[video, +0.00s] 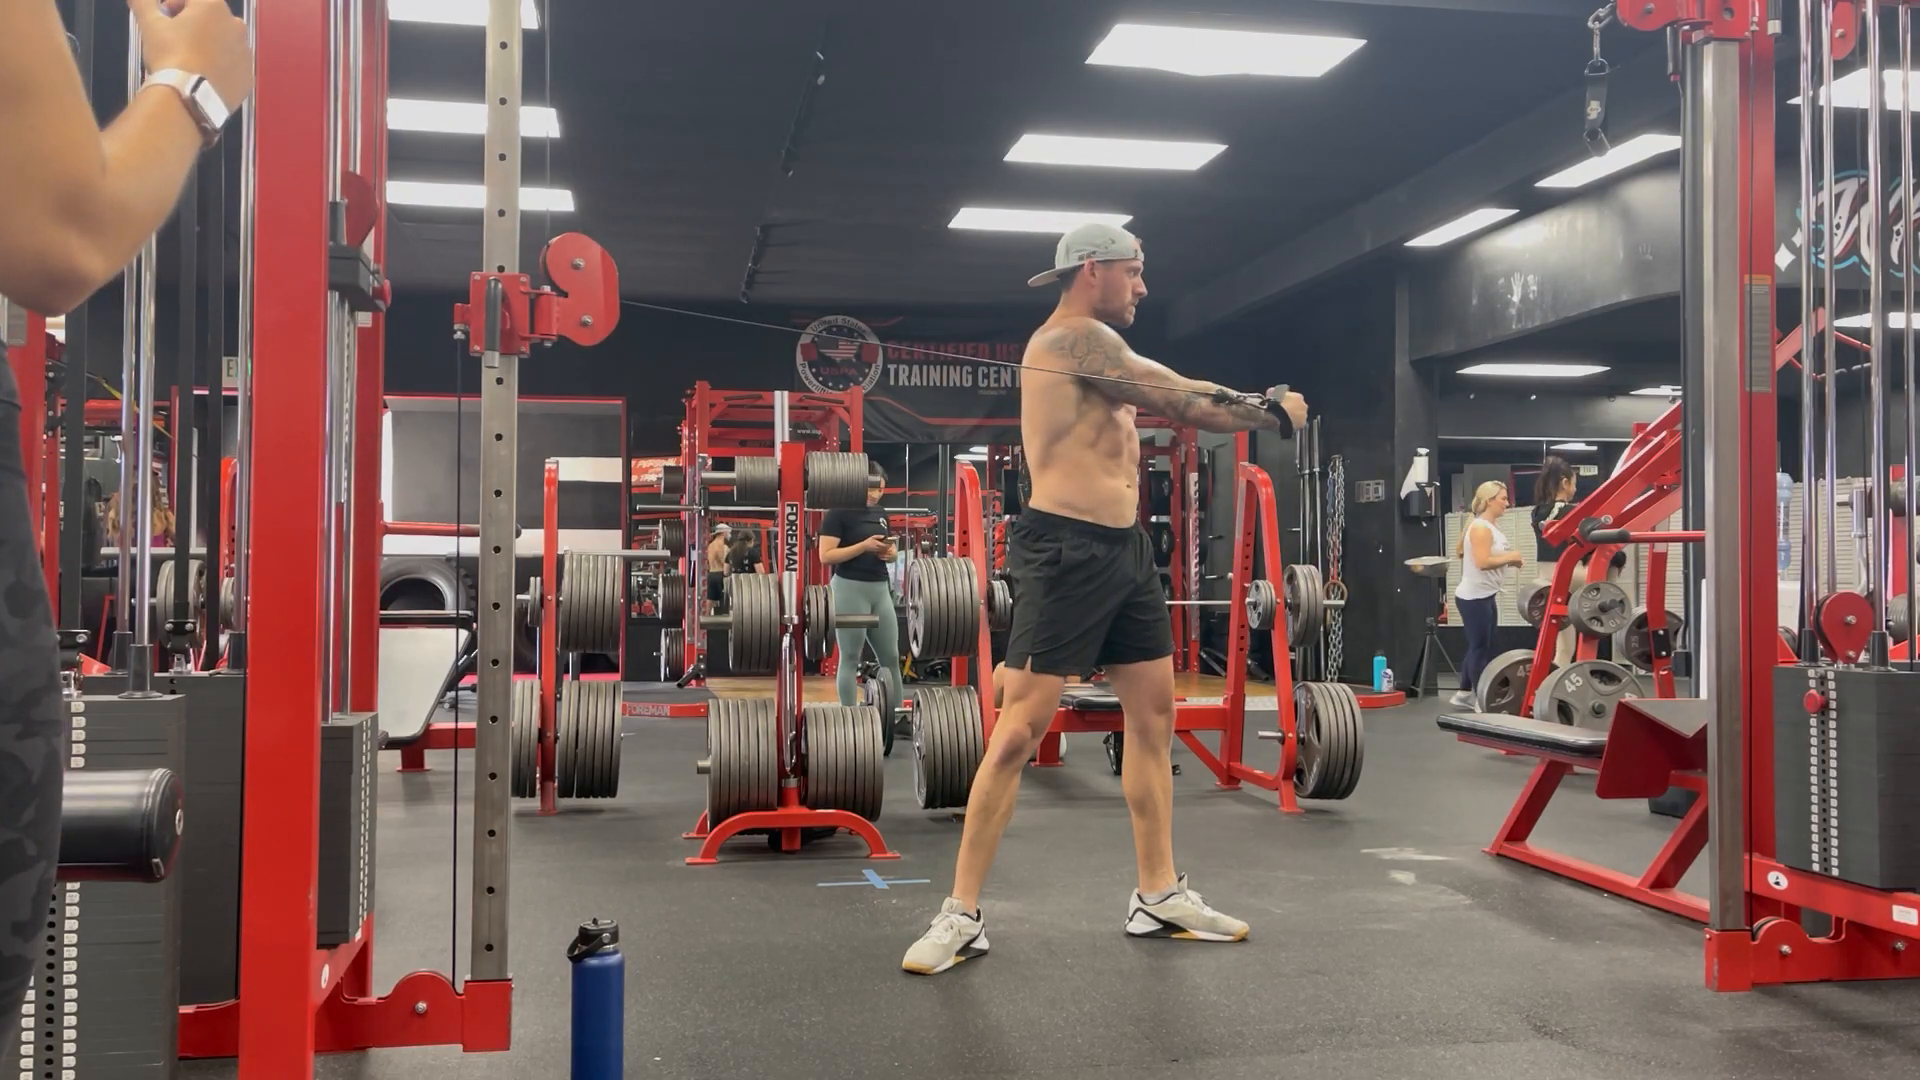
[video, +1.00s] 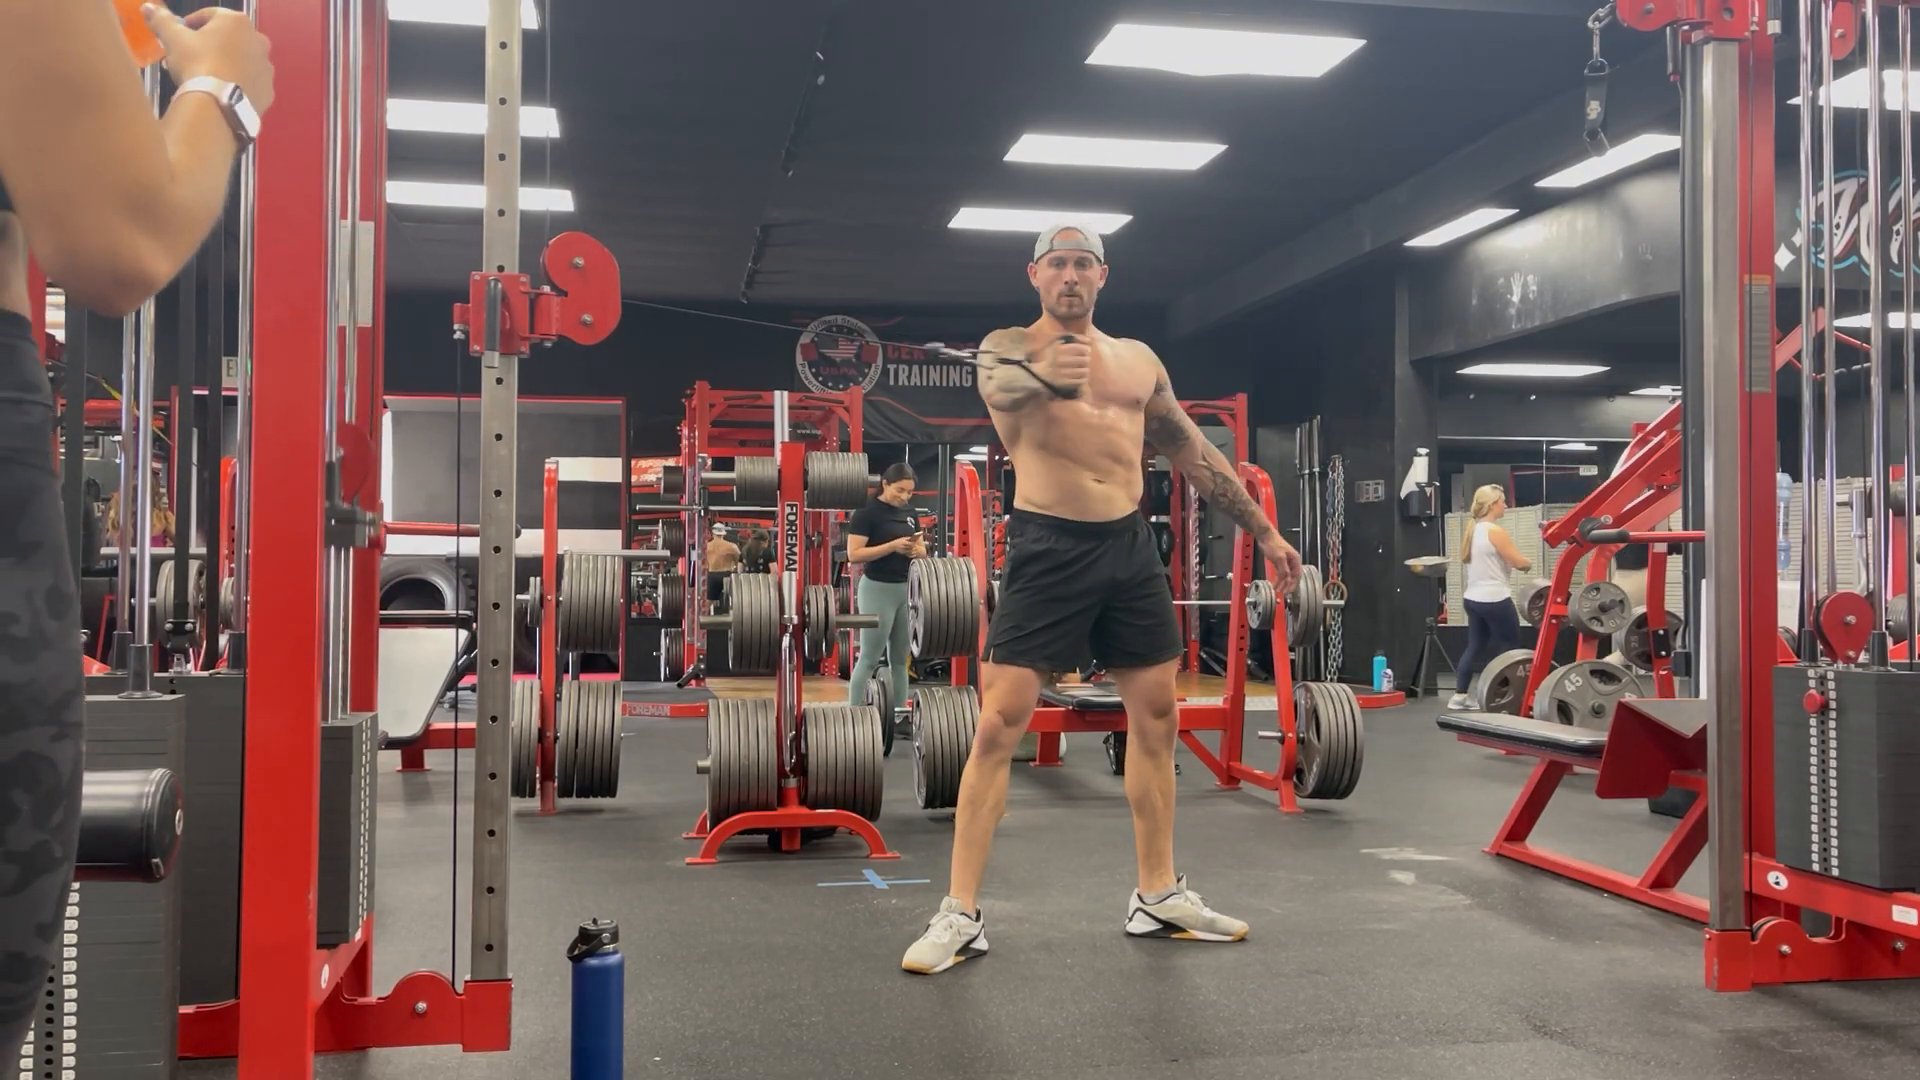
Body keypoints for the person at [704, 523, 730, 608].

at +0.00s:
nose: (729, 534)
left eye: (729, 532)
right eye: (728, 532)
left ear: (719, 533)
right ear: (723, 533)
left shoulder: (711, 544)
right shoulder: (722, 545)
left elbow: (709, 559)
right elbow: (724, 559)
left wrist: (711, 568)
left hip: (712, 572)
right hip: (721, 572)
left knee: (710, 600)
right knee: (723, 601)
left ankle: (707, 617)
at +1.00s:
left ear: (713, 533)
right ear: (724, 533)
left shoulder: (708, 546)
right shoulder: (732, 546)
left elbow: (705, 561)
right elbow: (738, 559)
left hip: (713, 573)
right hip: (727, 573)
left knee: (709, 601)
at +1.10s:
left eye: (712, 534)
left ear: (713, 534)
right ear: (723, 534)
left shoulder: (708, 547)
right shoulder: (732, 546)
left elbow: (705, 561)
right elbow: (739, 558)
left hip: (712, 573)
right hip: (728, 573)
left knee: (710, 600)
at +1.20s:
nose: (710, 534)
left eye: (711, 533)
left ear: (712, 533)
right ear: (723, 534)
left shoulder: (707, 547)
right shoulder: (732, 547)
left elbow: (705, 561)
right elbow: (740, 558)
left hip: (712, 573)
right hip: (728, 573)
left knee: (710, 601)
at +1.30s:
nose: (709, 534)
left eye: (710, 532)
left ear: (713, 533)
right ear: (723, 534)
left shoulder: (707, 547)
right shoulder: (732, 547)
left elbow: (704, 561)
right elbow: (740, 558)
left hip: (712, 573)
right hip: (728, 574)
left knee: (711, 602)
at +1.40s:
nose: (709, 535)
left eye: (710, 533)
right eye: (710, 532)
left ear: (713, 534)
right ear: (723, 534)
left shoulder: (707, 547)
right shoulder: (732, 547)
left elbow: (705, 562)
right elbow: (740, 559)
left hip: (712, 573)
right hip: (728, 573)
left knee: (710, 601)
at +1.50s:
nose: (710, 534)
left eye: (710, 532)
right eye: (710, 532)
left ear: (713, 533)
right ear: (723, 534)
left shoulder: (707, 547)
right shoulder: (732, 547)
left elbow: (705, 562)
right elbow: (740, 558)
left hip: (712, 573)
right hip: (728, 573)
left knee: (711, 601)